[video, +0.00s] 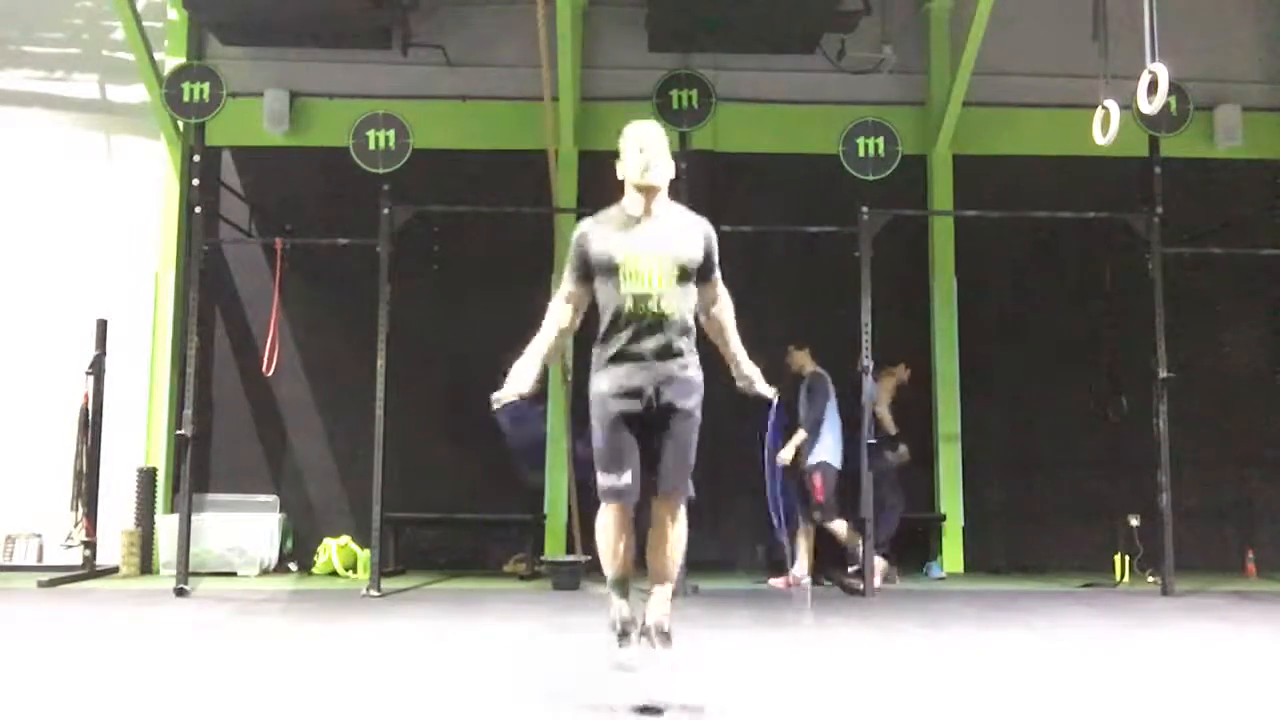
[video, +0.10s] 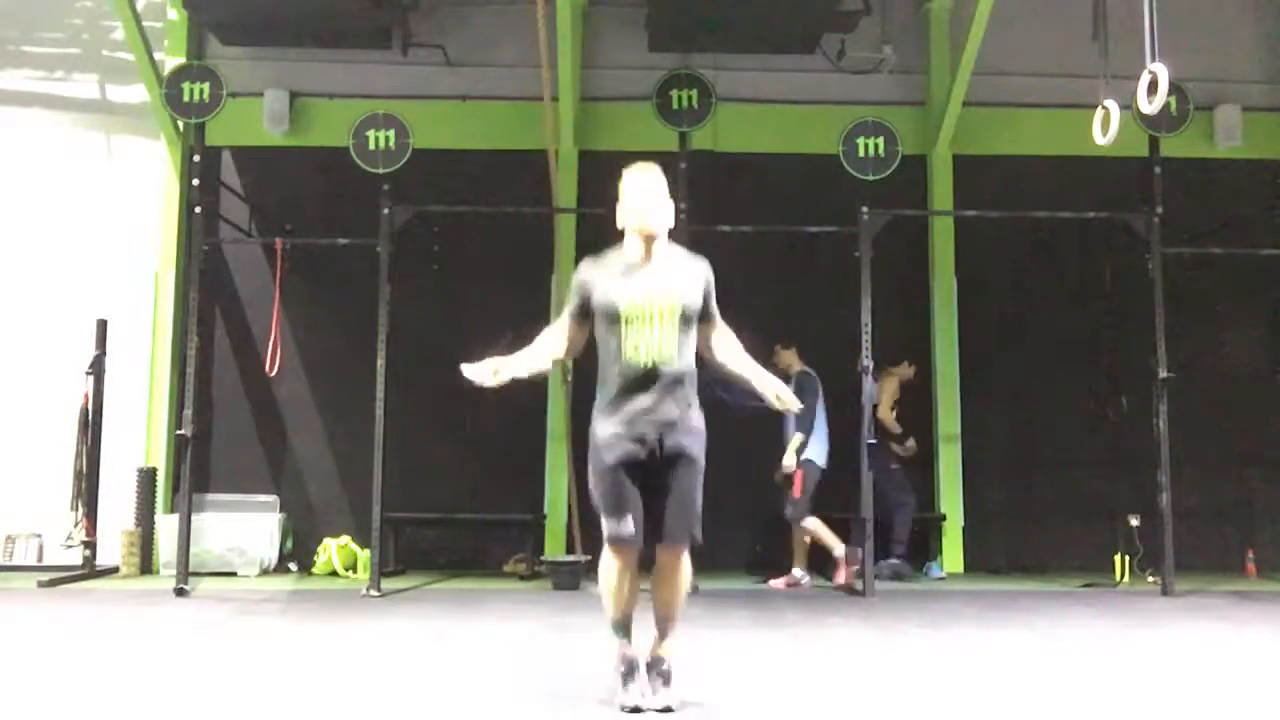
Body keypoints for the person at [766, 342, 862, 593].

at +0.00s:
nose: (788, 360)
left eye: (791, 353)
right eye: (788, 354)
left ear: (805, 352)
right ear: (801, 354)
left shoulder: (818, 379)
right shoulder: (808, 383)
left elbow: (813, 419)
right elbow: (809, 422)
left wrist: (790, 446)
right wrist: (798, 451)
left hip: (823, 455)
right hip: (809, 456)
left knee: (825, 515)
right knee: (805, 517)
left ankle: (872, 560)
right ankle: (800, 572)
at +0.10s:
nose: (775, 359)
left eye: (778, 353)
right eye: (775, 355)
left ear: (791, 351)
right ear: (790, 353)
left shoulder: (805, 378)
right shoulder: (795, 381)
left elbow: (806, 418)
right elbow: (798, 422)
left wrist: (791, 450)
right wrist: (789, 456)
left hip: (811, 451)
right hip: (801, 452)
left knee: (797, 511)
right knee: (797, 513)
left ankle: (842, 552)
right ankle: (799, 571)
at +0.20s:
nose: (765, 359)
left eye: (767, 353)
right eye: (765, 354)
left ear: (779, 351)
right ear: (778, 352)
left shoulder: (794, 381)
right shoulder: (784, 383)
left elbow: (799, 421)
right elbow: (782, 429)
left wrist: (791, 454)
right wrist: (767, 464)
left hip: (793, 455)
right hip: (787, 454)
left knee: (772, 508)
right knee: (795, 512)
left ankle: (808, 558)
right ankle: (800, 571)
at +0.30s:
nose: (754, 363)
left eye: (755, 357)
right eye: (752, 358)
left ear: (765, 355)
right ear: (766, 357)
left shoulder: (785, 381)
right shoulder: (766, 384)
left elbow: (791, 422)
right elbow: (766, 429)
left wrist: (784, 455)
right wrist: (751, 456)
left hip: (777, 454)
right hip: (772, 452)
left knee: (758, 510)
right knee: (790, 514)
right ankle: (798, 568)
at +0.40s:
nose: (739, 359)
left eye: (743, 353)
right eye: (739, 354)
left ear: (755, 354)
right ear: (749, 356)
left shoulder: (771, 382)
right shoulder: (756, 385)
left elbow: (778, 422)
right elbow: (755, 429)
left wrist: (771, 455)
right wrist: (735, 452)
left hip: (766, 456)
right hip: (765, 456)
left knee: (746, 514)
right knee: (783, 515)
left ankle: (726, 569)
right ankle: (797, 569)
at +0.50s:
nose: (724, 362)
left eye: (728, 356)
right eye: (724, 356)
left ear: (739, 356)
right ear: (733, 358)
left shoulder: (755, 384)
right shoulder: (743, 387)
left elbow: (762, 424)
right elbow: (741, 431)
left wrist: (754, 458)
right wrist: (720, 453)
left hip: (751, 460)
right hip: (757, 460)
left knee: (734, 516)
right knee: (772, 515)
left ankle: (715, 570)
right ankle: (795, 568)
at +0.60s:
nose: (710, 359)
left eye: (714, 353)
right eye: (710, 354)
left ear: (727, 354)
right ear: (727, 357)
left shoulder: (736, 384)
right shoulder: (732, 385)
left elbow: (742, 423)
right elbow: (729, 430)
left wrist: (731, 458)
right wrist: (710, 457)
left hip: (739, 458)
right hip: (741, 459)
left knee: (722, 515)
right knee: (755, 513)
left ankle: (712, 571)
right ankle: (789, 561)